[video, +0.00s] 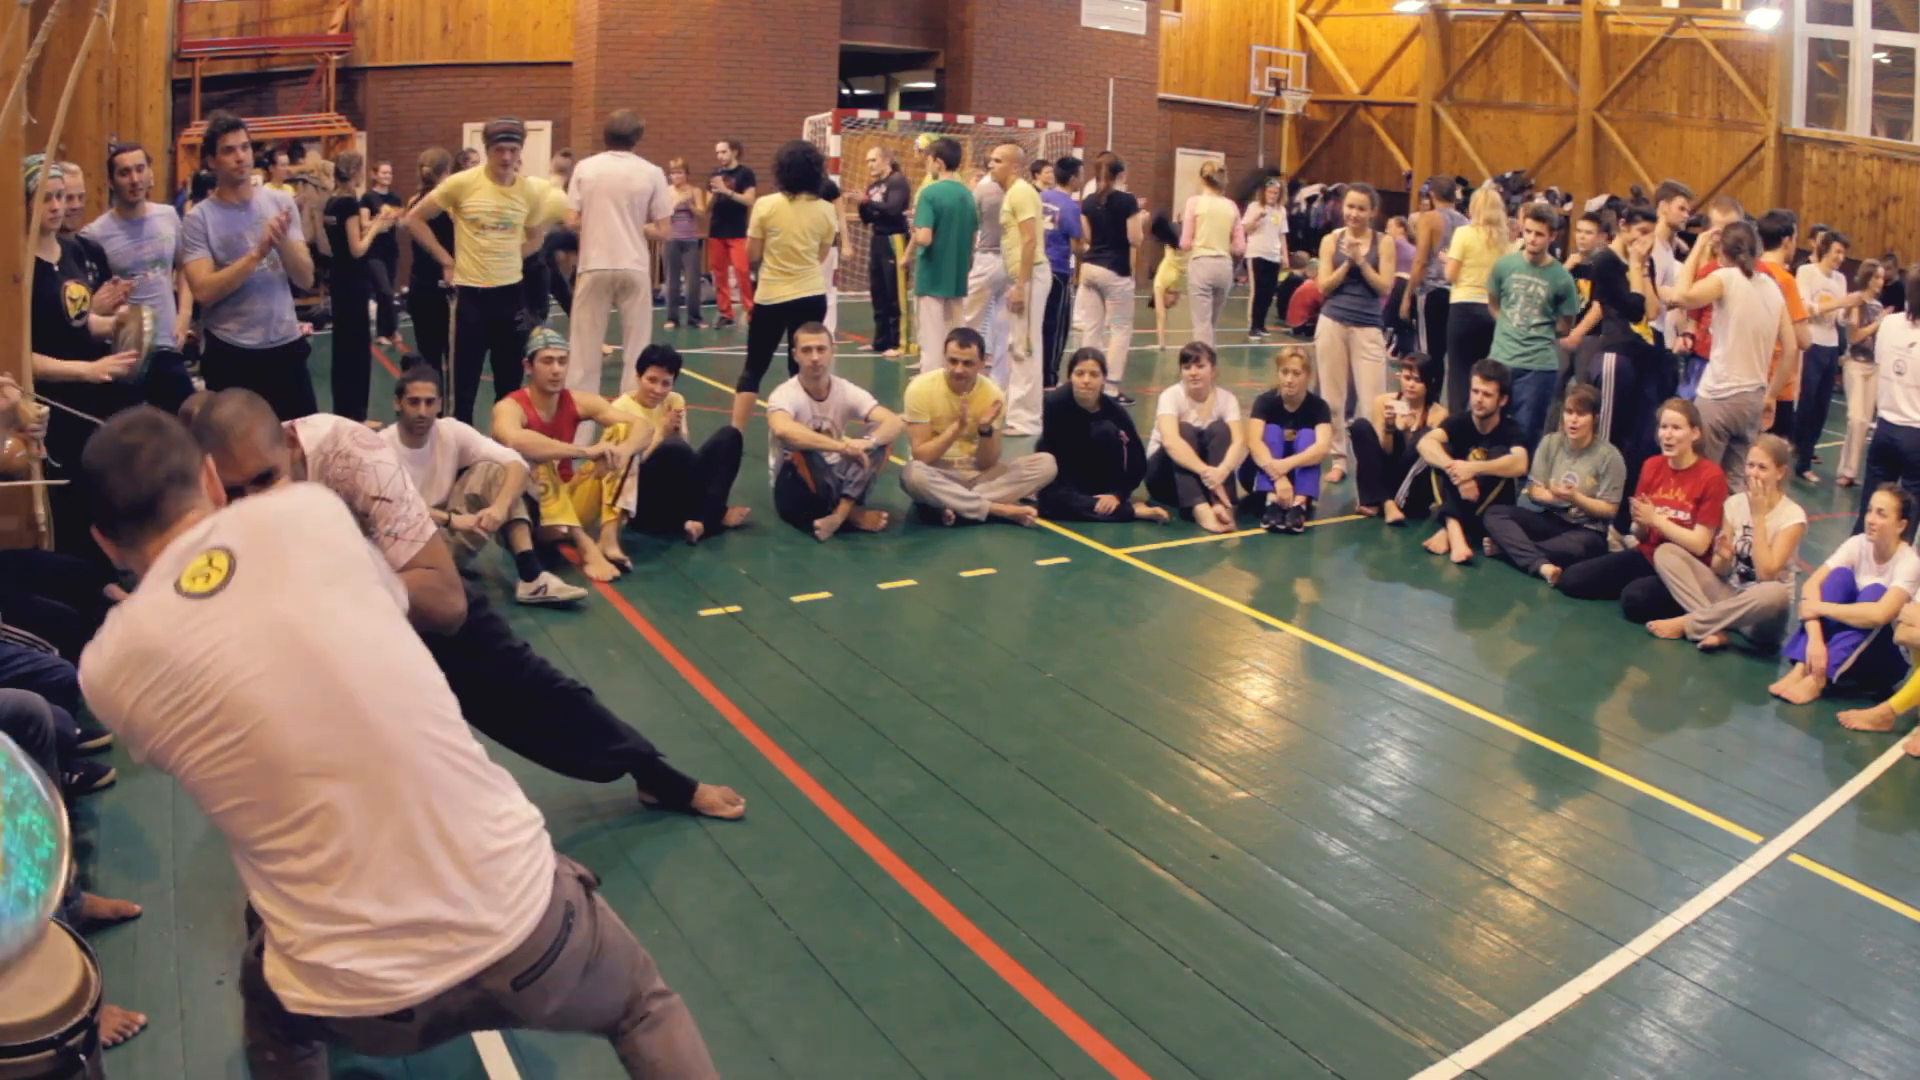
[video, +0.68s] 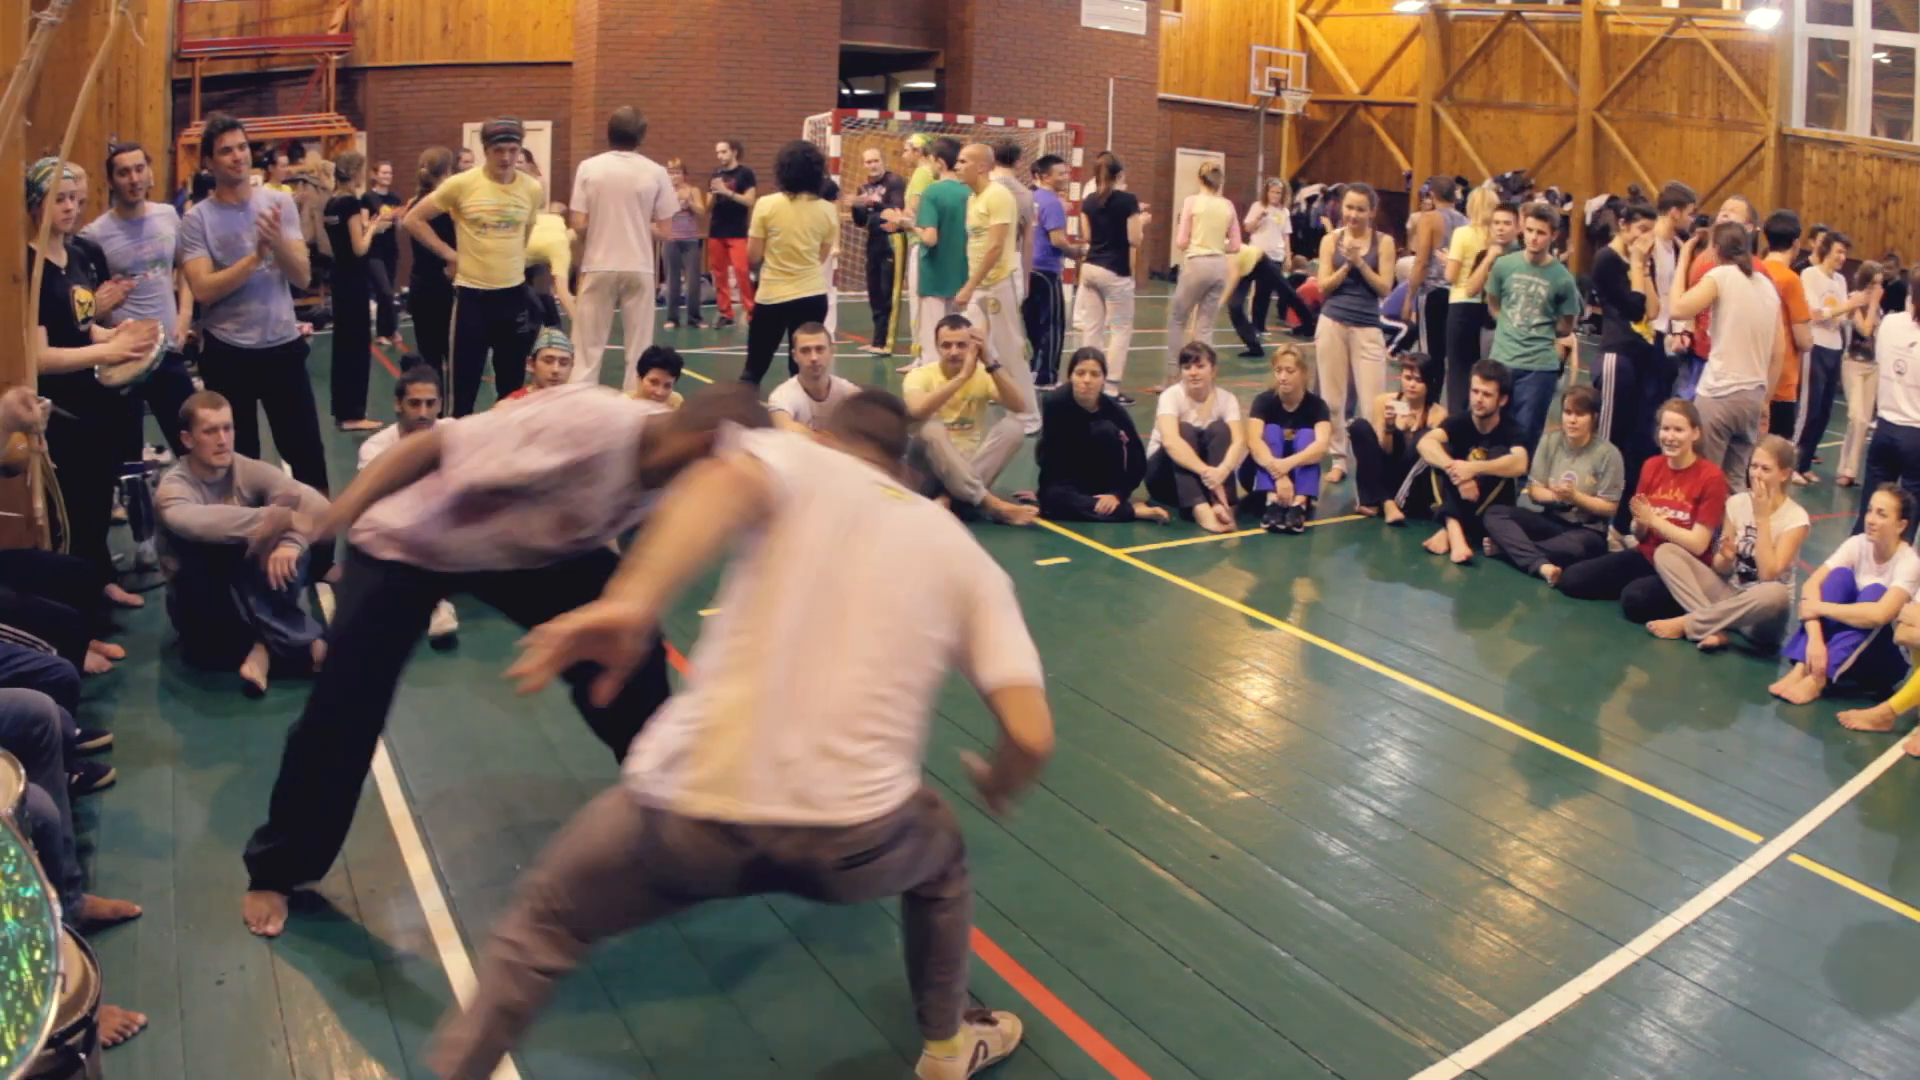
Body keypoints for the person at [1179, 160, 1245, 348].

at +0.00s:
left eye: (1201, 178)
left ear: (1202, 179)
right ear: (1223, 181)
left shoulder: (1193, 203)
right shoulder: (1232, 206)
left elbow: (1185, 243)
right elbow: (1239, 247)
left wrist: (1199, 241)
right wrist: (1222, 246)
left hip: (1200, 258)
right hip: (1224, 260)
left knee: (1202, 321)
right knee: (1211, 321)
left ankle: (1204, 368)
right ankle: (1205, 363)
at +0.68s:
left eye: (1198, 180)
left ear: (1200, 181)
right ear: (1220, 182)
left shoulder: (1191, 202)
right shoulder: (1228, 206)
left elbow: (1182, 240)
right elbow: (1235, 244)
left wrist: (1188, 247)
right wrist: (1216, 244)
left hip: (1196, 260)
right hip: (1219, 261)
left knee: (1178, 317)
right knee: (1206, 322)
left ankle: (1175, 370)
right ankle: (1203, 370)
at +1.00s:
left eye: (1184, 182)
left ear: (1184, 183)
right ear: (1203, 184)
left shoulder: (1175, 205)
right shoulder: (1214, 206)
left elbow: (1169, 245)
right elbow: (1222, 245)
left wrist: (1186, 247)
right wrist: (1203, 247)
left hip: (1183, 258)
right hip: (1209, 258)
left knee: (1168, 318)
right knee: (1200, 322)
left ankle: (1156, 372)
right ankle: (1199, 373)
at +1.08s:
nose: (1178, 186)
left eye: (1178, 182)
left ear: (1177, 183)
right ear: (1197, 184)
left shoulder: (1169, 205)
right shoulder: (1208, 206)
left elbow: (1165, 245)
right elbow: (1216, 244)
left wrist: (1173, 259)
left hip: (1179, 259)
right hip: (1204, 259)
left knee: (1165, 318)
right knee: (1195, 323)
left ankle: (1157, 366)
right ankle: (1199, 368)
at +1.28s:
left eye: (1162, 186)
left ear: (1161, 188)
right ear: (1181, 187)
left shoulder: (1157, 210)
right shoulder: (1193, 208)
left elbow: (1153, 251)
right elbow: (1202, 243)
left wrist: (1151, 278)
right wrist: (1194, 259)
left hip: (1170, 259)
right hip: (1194, 258)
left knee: (1155, 317)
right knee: (1178, 320)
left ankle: (1152, 375)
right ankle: (1181, 374)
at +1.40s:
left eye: (1152, 196)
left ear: (1153, 197)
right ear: (1172, 195)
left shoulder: (1150, 218)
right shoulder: (1186, 215)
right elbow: (1196, 246)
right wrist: (1192, 267)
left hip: (1168, 266)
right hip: (1191, 264)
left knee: (1149, 317)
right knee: (1164, 322)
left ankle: (1153, 374)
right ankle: (1163, 374)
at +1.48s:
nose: (1147, 208)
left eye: (1148, 204)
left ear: (1151, 205)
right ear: (1170, 204)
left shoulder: (1147, 227)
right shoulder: (1183, 222)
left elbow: (1143, 264)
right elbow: (1195, 255)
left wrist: (1132, 288)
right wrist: (1191, 270)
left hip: (1167, 273)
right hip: (1190, 272)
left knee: (1144, 323)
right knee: (1160, 325)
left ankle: (1152, 374)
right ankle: (1159, 374)